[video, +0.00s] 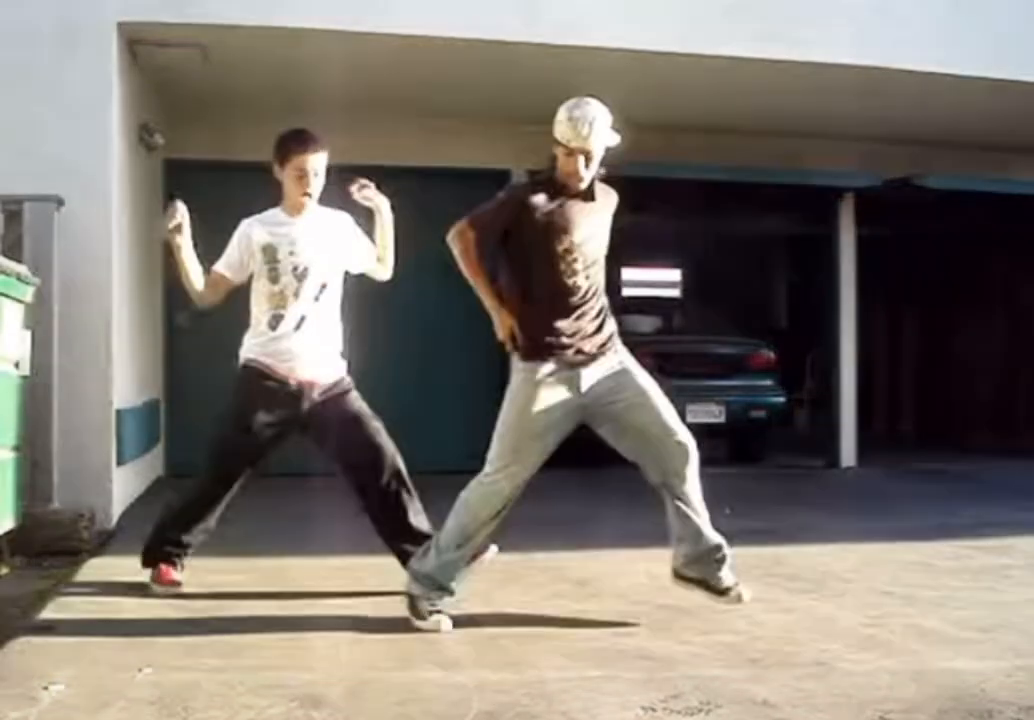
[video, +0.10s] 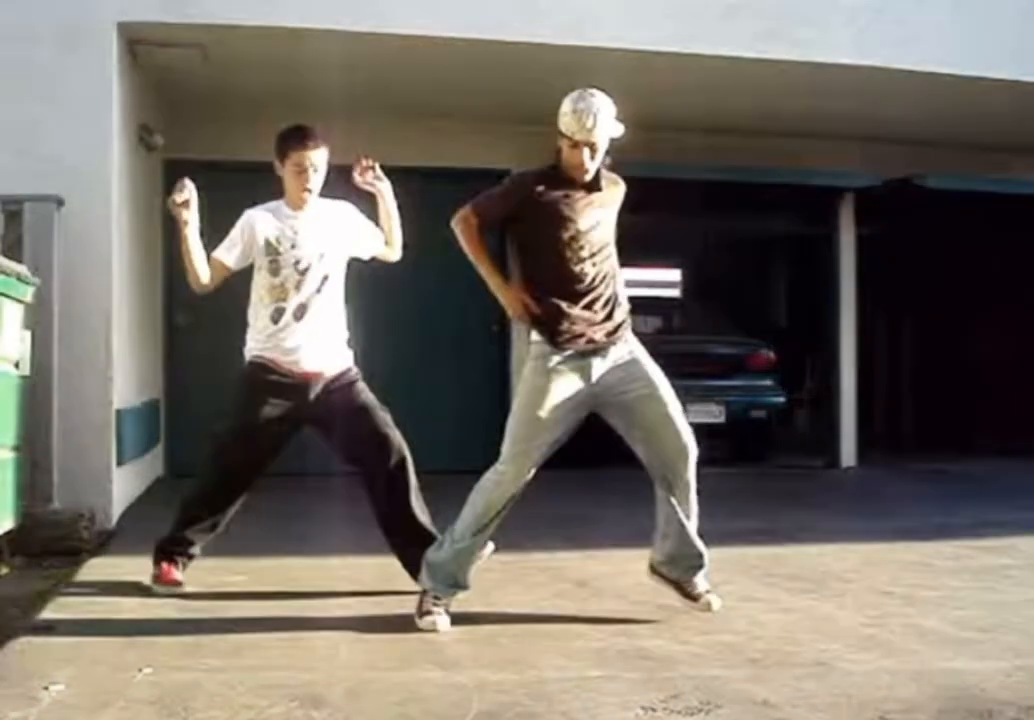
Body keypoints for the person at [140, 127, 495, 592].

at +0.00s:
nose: (310, 182)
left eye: (317, 172)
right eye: (300, 172)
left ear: (325, 173)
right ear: (279, 172)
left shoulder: (339, 225)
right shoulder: (255, 231)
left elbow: (382, 268)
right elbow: (207, 294)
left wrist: (383, 213)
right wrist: (181, 241)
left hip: (328, 380)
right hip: (267, 378)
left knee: (384, 465)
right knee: (224, 472)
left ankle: (431, 565)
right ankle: (166, 554)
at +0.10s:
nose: (309, 178)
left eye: (317, 169)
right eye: (300, 168)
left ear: (326, 170)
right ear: (280, 168)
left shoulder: (340, 218)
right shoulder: (258, 222)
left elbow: (391, 251)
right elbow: (204, 279)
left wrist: (383, 193)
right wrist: (188, 225)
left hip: (334, 373)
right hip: (272, 373)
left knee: (390, 454)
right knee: (233, 467)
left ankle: (433, 566)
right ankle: (174, 554)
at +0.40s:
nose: (370, 190)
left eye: (378, 181)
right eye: (362, 181)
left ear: (393, 179)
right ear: (348, 179)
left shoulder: (413, 234)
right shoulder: (327, 233)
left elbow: (437, 302)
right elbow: (317, 300)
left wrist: (454, 260)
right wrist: (279, 297)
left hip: (396, 362)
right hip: (344, 361)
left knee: (398, 468)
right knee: (362, 461)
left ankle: (349, 544)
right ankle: (416, 557)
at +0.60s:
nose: (404, 180)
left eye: (412, 171)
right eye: (396, 171)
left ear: (423, 169)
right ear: (383, 168)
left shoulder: (441, 212)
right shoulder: (356, 213)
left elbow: (492, 252)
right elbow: (307, 264)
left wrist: (487, 204)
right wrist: (304, 219)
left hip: (431, 348)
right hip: (376, 345)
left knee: (461, 436)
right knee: (357, 446)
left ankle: (414, 517)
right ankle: (363, 550)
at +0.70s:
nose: (420, 190)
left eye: (428, 181)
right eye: (412, 181)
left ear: (439, 179)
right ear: (397, 177)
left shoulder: (452, 226)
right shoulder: (372, 227)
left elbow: (475, 280)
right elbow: (347, 290)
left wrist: (494, 242)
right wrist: (334, 251)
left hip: (448, 358)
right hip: (394, 358)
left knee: (487, 443)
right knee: (368, 456)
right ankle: (318, 551)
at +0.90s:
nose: (410, 182)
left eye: (418, 173)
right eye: (402, 172)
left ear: (430, 170)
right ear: (388, 167)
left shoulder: (445, 216)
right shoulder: (361, 209)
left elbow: (489, 257)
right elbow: (329, 255)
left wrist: (534, 284)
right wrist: (312, 298)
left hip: (422, 347)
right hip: (369, 339)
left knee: (446, 440)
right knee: (357, 427)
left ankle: (471, 533)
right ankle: (355, 536)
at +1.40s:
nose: (333, 191)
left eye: (338, 183)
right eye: (326, 183)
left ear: (341, 180)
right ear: (304, 177)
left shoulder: (346, 221)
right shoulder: (270, 220)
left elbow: (348, 280)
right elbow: (242, 273)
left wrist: (372, 322)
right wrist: (228, 326)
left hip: (339, 356)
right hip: (285, 353)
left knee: (380, 439)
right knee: (252, 435)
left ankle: (371, 530)